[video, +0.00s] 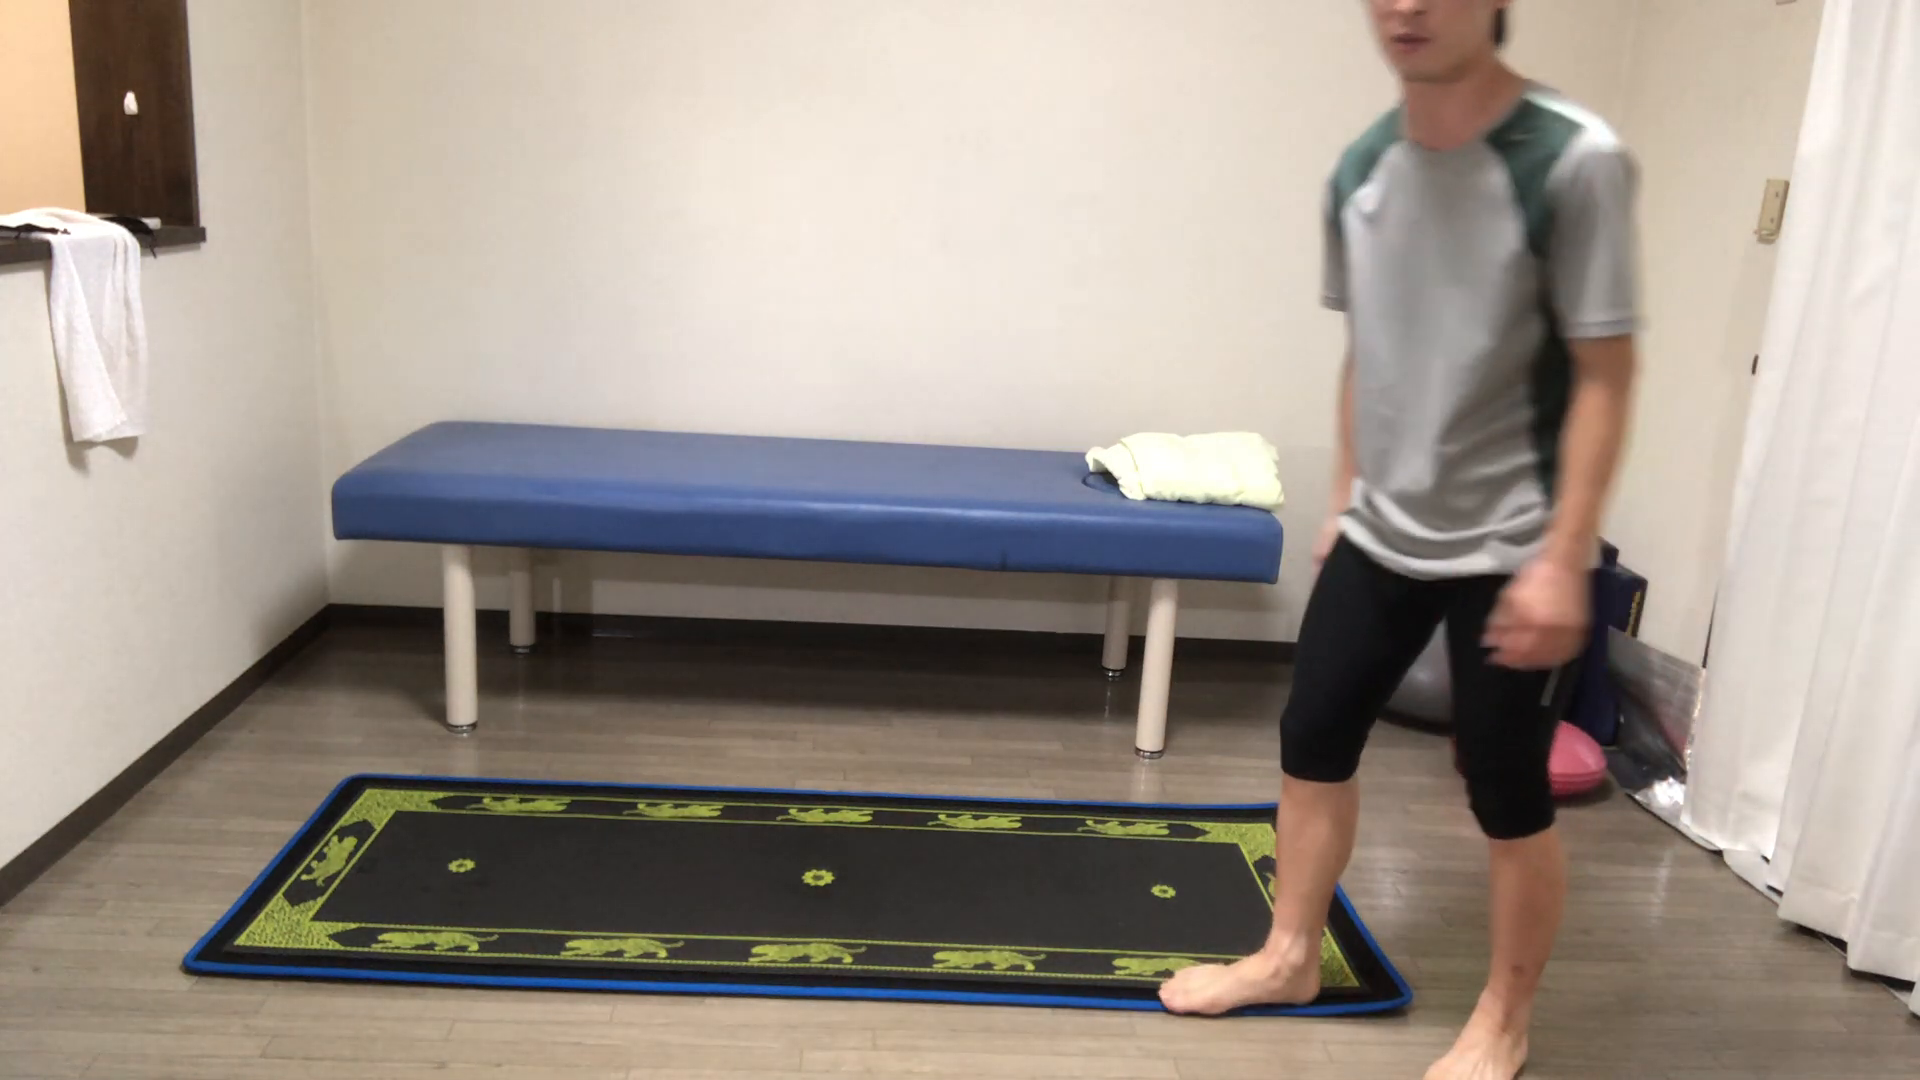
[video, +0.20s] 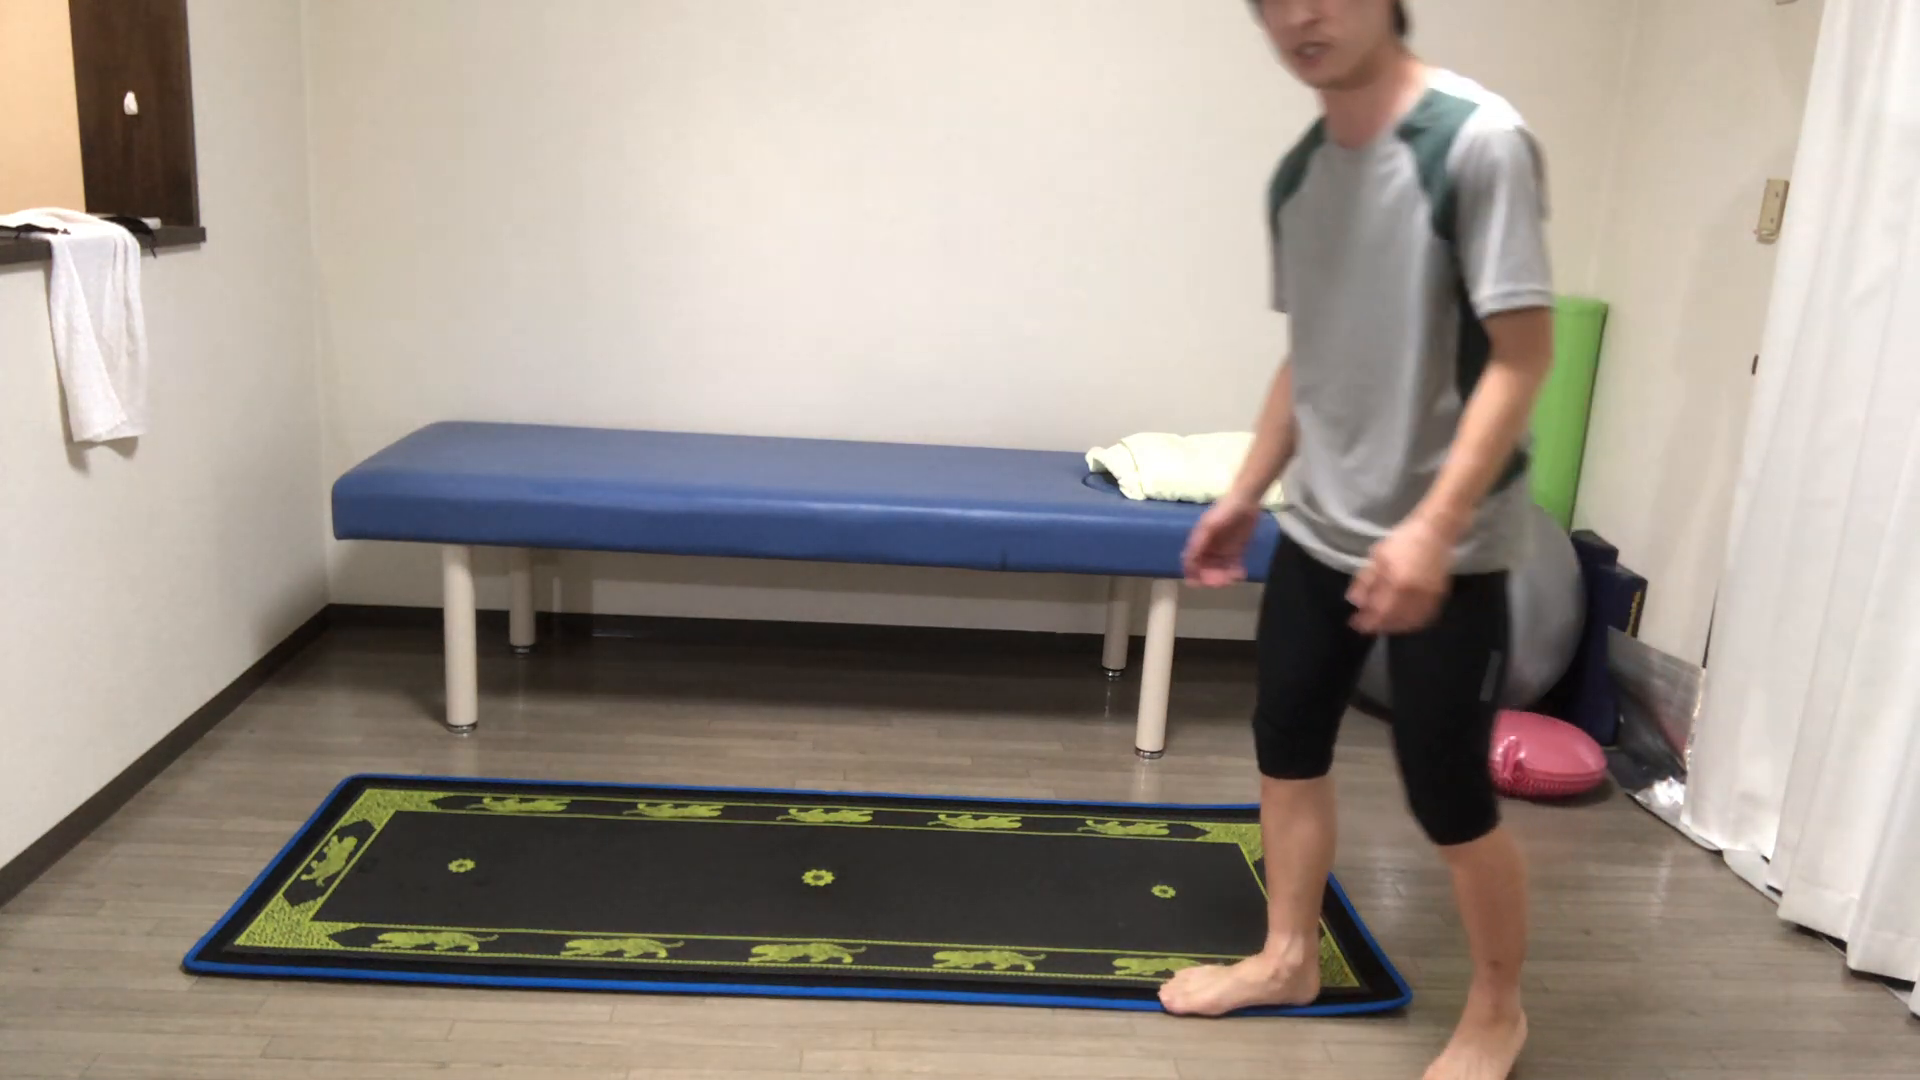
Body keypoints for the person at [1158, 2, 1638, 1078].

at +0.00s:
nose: (1402, 8)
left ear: (1494, 7)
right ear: (1370, 12)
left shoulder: (1574, 159)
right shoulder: (1362, 167)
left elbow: (1604, 375)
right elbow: (1364, 354)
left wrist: (1566, 556)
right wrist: (1345, 505)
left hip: (1513, 538)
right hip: (1386, 523)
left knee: (1506, 789)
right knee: (1314, 735)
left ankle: (1504, 1021)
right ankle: (1290, 956)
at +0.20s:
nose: (1298, 21)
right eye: (1275, 3)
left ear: (1385, 2)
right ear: (1258, 19)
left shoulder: (1479, 143)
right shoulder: (1298, 175)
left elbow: (1522, 356)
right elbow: (1311, 357)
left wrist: (1435, 528)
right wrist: (1245, 492)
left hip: (1444, 543)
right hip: (1318, 527)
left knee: (1450, 794)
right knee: (1287, 743)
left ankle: (1496, 1011)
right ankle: (1288, 957)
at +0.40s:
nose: (1233, 11)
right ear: (1201, 12)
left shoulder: (1408, 126)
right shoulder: (1229, 163)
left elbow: (1471, 328)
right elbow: (1239, 343)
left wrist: (1394, 499)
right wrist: (1199, 493)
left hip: (1370, 528)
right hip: (1257, 520)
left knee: (1332, 778)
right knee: (1268, 752)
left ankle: (1447, 978)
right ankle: (1287, 955)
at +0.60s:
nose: (1185, 6)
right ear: (1153, 7)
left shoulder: (1351, 128)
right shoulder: (1165, 154)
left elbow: (1419, 337)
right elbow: (1169, 340)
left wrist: (1405, 515)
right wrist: (1155, 493)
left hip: (1312, 511)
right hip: (1203, 510)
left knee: (1202, 751)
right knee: (1245, 739)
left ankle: (1231, 974)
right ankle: (1287, 951)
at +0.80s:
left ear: (1217, 4)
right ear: (1108, 5)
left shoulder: (1264, 149)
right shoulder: (1097, 143)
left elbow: (1333, 342)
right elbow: (1106, 321)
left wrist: (1370, 519)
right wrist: (1077, 472)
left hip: (1218, 524)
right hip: (1130, 515)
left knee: (1094, 757)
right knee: (1205, 738)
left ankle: (1018, 1010)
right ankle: (1284, 947)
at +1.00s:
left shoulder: (1173, 168)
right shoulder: (1007, 95)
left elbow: (1185, 382)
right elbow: (1004, 293)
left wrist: (1190, 574)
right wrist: (968, 429)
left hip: (1103, 511)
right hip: (1008, 486)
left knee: (1017, 762)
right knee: (1032, 729)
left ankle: (1012, 1011)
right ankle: (1210, 886)